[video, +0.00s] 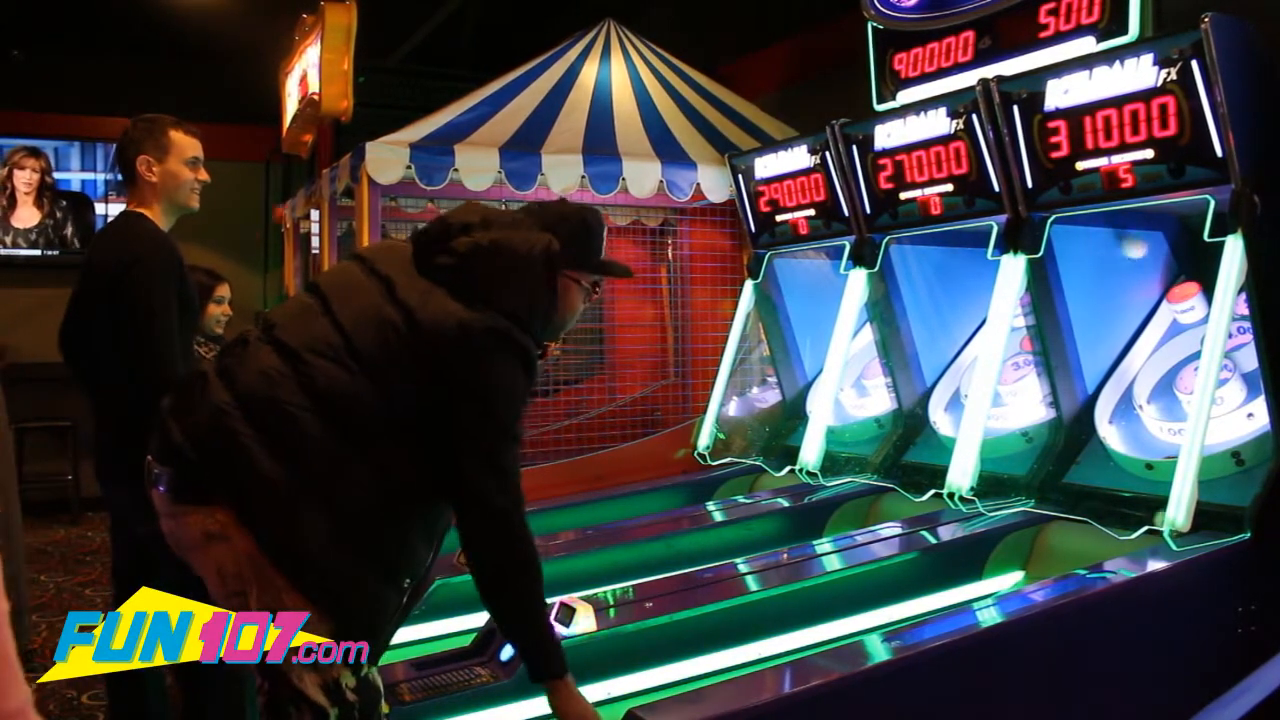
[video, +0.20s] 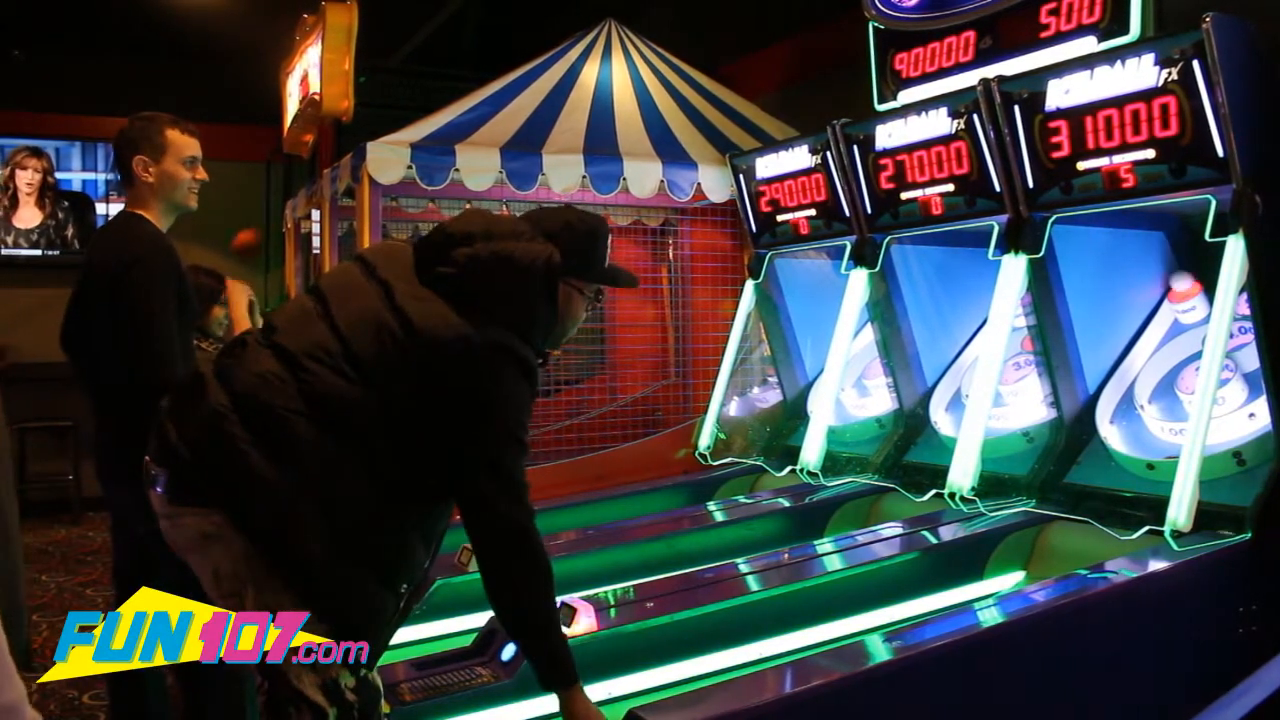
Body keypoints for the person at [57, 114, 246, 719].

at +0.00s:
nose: (204, 176)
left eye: (203, 164)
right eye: (193, 163)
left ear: (147, 171)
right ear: (149, 168)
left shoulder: (113, 241)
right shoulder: (151, 250)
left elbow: (74, 341)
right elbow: (166, 367)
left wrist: (119, 408)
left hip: (120, 449)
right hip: (151, 456)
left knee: (137, 594)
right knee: (171, 596)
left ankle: (135, 705)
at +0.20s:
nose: (202, 176)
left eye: (201, 163)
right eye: (191, 163)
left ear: (145, 171)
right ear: (146, 168)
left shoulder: (115, 240)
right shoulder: (147, 250)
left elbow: (75, 337)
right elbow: (168, 367)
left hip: (123, 451)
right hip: (150, 458)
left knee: (139, 592)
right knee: (172, 596)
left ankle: (135, 705)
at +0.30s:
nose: (201, 176)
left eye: (199, 163)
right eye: (189, 163)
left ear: (145, 172)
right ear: (144, 169)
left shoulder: (117, 241)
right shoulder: (144, 251)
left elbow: (76, 337)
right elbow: (168, 371)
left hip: (124, 451)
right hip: (150, 460)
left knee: (140, 592)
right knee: (171, 596)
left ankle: (137, 705)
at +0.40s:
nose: (199, 175)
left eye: (198, 163)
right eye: (188, 163)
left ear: (143, 172)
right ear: (142, 169)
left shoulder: (117, 242)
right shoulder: (140, 251)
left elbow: (77, 336)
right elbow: (169, 373)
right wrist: (235, 325)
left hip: (126, 452)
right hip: (150, 461)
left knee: (141, 594)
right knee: (171, 597)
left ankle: (138, 706)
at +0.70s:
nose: (196, 176)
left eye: (195, 163)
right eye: (183, 164)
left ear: (141, 172)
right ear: (137, 169)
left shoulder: (118, 241)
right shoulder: (137, 252)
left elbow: (79, 336)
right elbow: (163, 371)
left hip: (126, 451)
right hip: (145, 460)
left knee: (143, 591)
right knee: (166, 595)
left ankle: (139, 703)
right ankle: (156, 704)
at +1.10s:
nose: (196, 175)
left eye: (196, 163)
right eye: (184, 163)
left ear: (141, 171)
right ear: (138, 169)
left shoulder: (110, 240)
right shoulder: (138, 250)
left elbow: (77, 336)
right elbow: (163, 374)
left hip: (119, 444)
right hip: (146, 454)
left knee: (136, 593)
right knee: (148, 601)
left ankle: (135, 700)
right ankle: (145, 704)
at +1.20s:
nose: (195, 177)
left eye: (195, 165)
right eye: (183, 164)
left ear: (141, 173)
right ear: (137, 169)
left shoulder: (119, 242)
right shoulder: (133, 251)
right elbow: (161, 381)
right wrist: (222, 462)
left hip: (137, 454)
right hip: (147, 458)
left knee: (151, 601)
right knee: (168, 605)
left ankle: (146, 706)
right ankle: (165, 707)